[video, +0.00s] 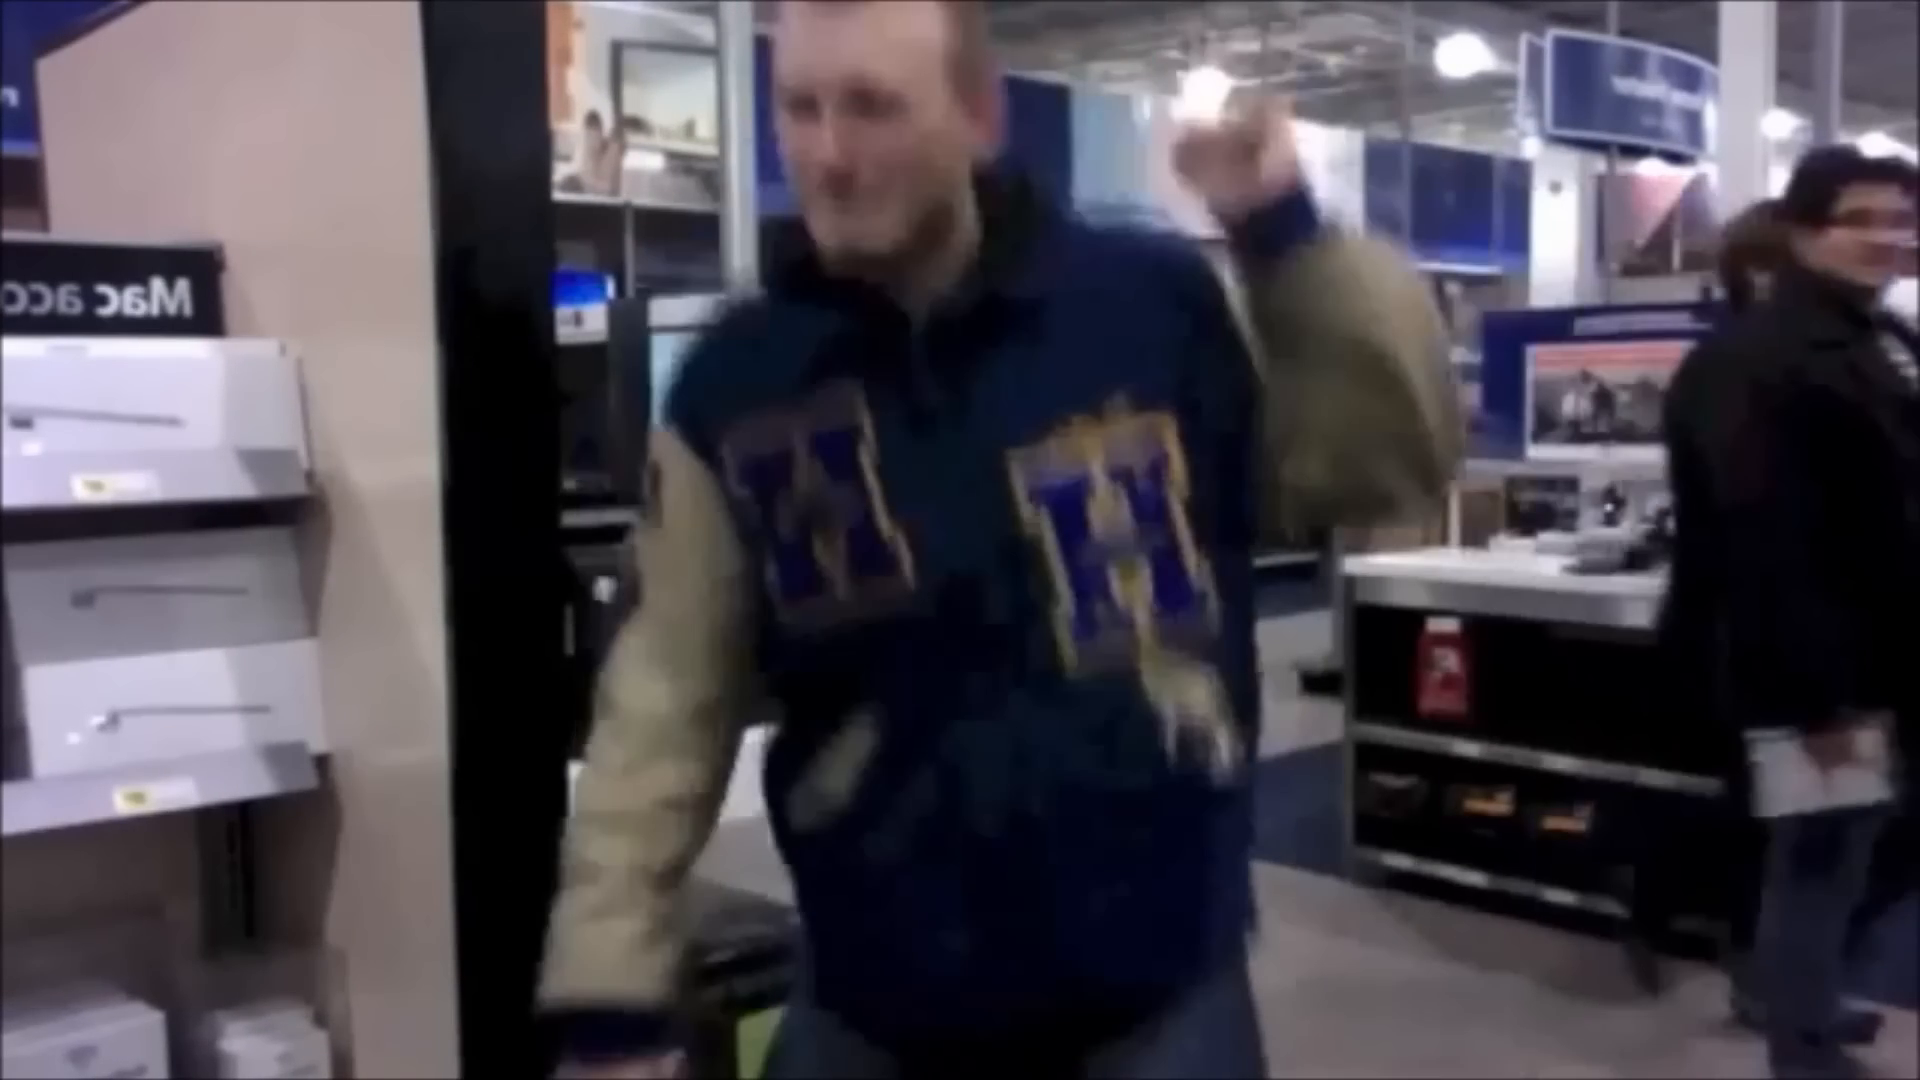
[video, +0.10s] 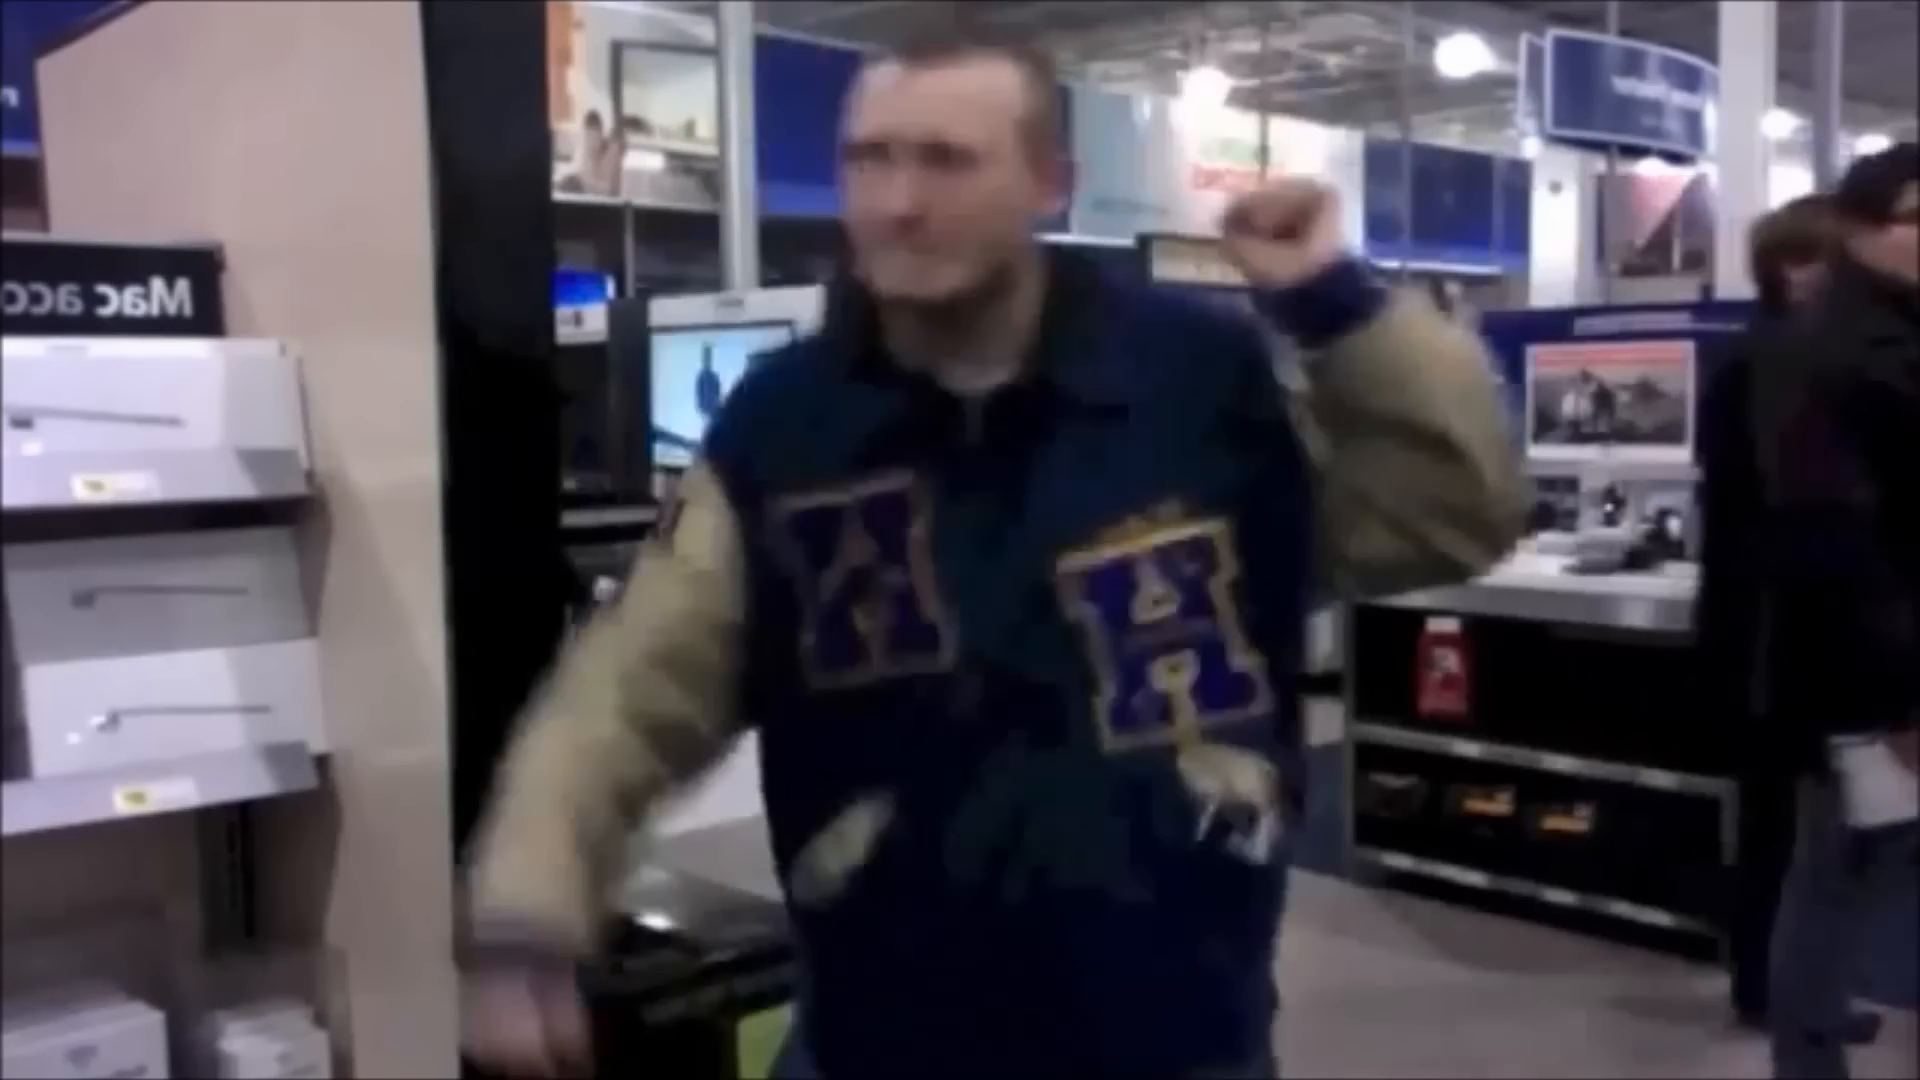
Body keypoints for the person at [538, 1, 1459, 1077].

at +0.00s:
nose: (827, 150)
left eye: (869, 107)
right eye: (801, 109)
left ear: (979, 115)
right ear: (774, 120)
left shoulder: (1153, 305)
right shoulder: (740, 384)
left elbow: (1393, 470)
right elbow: (664, 711)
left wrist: (1284, 234)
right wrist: (608, 1000)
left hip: (1151, 987)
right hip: (880, 994)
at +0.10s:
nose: (899, 199)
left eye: (946, 162)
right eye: (873, 160)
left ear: (1048, 182)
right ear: (840, 180)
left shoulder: (1201, 376)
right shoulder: (785, 428)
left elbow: (1460, 514)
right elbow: (635, 688)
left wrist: (1333, 301)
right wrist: (521, 922)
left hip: (1169, 1031)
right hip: (893, 1038)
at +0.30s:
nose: (1236, 44)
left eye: (1293, 9)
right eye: (1217, 5)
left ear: (1398, 31)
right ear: (1180, 18)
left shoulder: (1437, 352)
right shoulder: (1006, 186)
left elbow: (1459, 708)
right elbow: (747, 172)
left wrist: (1468, 1011)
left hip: (1244, 924)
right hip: (979, 883)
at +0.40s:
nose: (1236, 47)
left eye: (1291, 9)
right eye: (1216, 6)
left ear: (1398, 30)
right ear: (1179, 18)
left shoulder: (1437, 350)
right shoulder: (1006, 186)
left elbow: (1459, 708)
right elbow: (748, 171)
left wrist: (1468, 1012)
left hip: (1244, 924)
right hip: (980, 884)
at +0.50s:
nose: (1310, 90)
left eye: (1367, 51)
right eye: (1289, 45)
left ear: (1469, 84)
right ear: (1257, 55)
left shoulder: (1515, 393)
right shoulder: (1104, 203)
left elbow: (1492, 741)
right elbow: (828, 198)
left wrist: (1445, 1033)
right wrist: (1030, 11)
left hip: (1268, 931)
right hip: (1010, 880)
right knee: (865, 1066)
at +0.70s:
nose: (1305, 92)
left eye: (1363, 53)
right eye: (1285, 46)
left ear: (1467, 84)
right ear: (1254, 53)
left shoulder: (1514, 394)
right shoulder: (1103, 200)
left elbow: (1485, 749)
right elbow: (826, 194)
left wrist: (1441, 1036)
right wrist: (1045, 10)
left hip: (1265, 936)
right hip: (1008, 883)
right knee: (863, 1065)